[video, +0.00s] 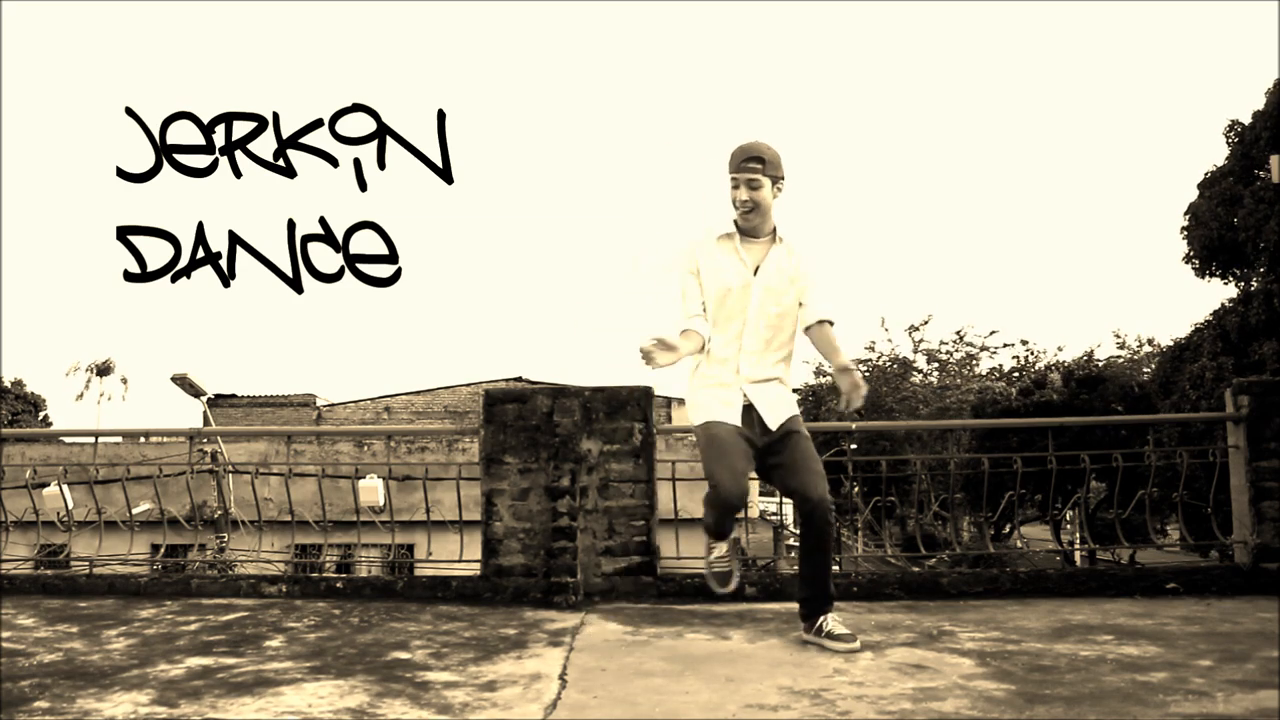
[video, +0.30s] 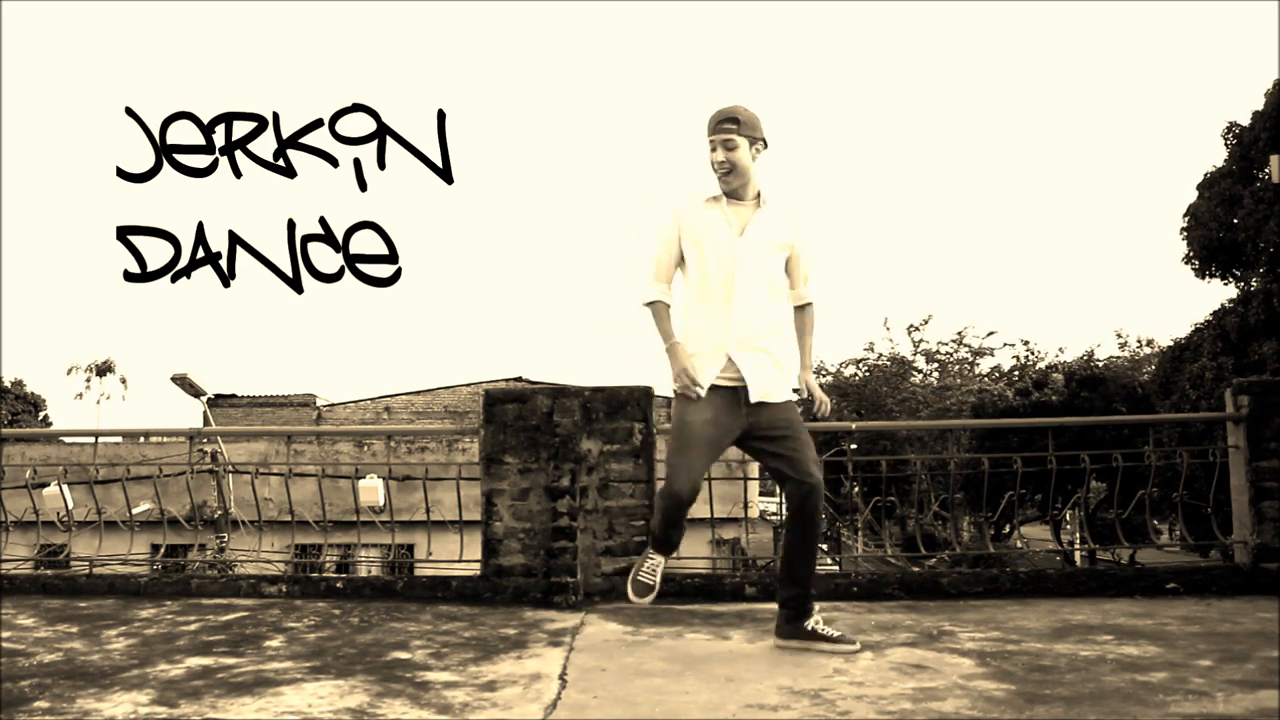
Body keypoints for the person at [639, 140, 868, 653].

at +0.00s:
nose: (743, 195)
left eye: (753, 185)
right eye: (735, 186)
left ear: (776, 190)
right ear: (728, 192)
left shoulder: (794, 262)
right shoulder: (701, 256)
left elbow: (815, 322)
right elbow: (696, 325)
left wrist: (842, 364)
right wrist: (678, 348)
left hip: (773, 391)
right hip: (716, 391)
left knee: (817, 499)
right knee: (730, 492)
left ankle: (817, 615)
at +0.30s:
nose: (719, 156)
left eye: (729, 146)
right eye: (713, 148)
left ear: (757, 149)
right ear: (708, 155)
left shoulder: (784, 224)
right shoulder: (686, 216)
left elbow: (802, 303)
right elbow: (658, 288)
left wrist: (806, 369)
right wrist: (674, 350)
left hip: (772, 384)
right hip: (705, 379)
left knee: (809, 486)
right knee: (679, 488)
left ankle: (796, 616)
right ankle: (657, 553)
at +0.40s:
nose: (696, 153)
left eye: (706, 142)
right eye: (690, 144)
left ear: (734, 142)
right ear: (686, 148)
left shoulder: (764, 211)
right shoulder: (667, 207)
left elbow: (783, 278)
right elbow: (641, 271)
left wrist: (790, 341)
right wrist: (648, 330)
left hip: (750, 376)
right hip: (682, 374)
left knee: (799, 473)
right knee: (649, 485)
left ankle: (799, 606)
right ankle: (625, 561)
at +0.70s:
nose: (632, 139)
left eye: (638, 126)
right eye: (624, 132)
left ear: (667, 120)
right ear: (622, 136)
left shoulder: (719, 181)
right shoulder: (626, 194)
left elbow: (767, 215)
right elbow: (605, 254)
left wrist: (782, 267)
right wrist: (597, 306)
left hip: (728, 351)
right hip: (662, 356)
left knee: (753, 464)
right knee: (641, 472)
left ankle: (720, 584)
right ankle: (606, 593)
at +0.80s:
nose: (635, 131)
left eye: (641, 117)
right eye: (627, 123)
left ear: (671, 112)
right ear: (625, 129)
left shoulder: (728, 172)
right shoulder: (636, 189)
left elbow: (801, 191)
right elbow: (617, 248)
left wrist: (818, 235)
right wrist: (582, 295)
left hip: (733, 340)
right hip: (671, 343)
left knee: (738, 467)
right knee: (672, 467)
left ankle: (692, 584)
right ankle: (656, 594)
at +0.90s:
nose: (644, 139)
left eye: (651, 125)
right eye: (637, 131)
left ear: (681, 117)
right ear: (637, 136)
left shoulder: (740, 179)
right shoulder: (650, 193)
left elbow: (821, 197)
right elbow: (629, 255)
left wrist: (823, 228)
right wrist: (568, 286)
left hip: (737, 343)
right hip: (679, 343)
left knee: (732, 477)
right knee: (714, 467)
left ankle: (654, 590)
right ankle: (708, 608)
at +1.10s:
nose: (688, 140)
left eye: (696, 129)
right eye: (681, 132)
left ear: (727, 127)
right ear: (678, 136)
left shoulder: (768, 192)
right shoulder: (679, 199)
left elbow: (839, 239)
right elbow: (647, 256)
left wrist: (812, 239)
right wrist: (576, 238)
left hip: (759, 354)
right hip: (697, 358)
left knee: (791, 479)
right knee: (722, 484)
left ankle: (729, 575)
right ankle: (739, 622)